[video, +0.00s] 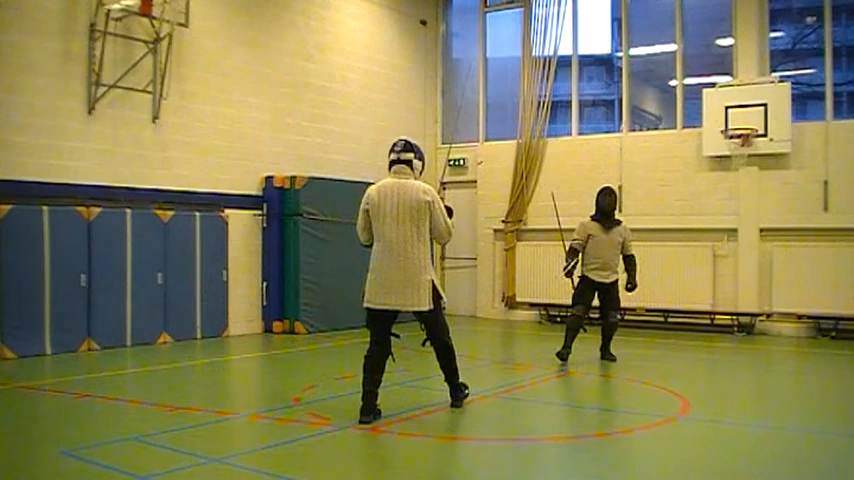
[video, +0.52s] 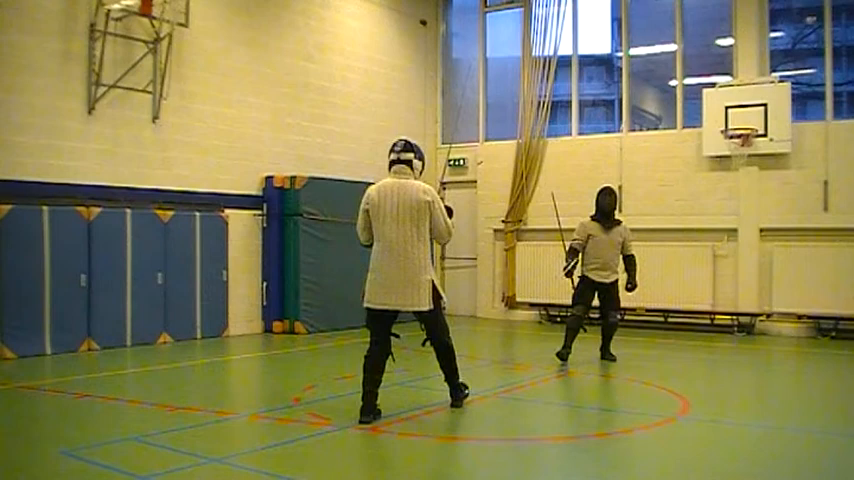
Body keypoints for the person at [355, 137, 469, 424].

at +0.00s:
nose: (420, 167)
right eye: (420, 163)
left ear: (390, 162)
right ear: (417, 163)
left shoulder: (373, 192)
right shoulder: (426, 193)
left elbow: (364, 238)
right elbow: (444, 235)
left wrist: (389, 229)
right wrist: (444, 213)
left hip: (381, 283)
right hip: (419, 283)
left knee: (378, 343)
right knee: (440, 337)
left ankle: (368, 407)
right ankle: (455, 390)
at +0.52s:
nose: (420, 167)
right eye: (420, 163)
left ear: (390, 162)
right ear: (417, 163)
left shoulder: (373, 192)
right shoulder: (426, 193)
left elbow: (364, 238)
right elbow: (444, 235)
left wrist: (389, 229)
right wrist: (444, 213)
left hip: (381, 283)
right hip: (419, 283)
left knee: (378, 343)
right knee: (440, 337)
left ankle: (368, 407)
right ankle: (455, 390)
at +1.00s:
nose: (391, 155)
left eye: (391, 150)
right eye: (391, 150)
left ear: (360, 147)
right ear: (386, 149)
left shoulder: (341, 180)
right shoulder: (384, 176)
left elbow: (354, 220)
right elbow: (406, 221)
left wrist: (392, 198)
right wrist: (407, 194)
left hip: (344, 278)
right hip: (376, 277)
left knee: (367, 340)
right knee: (394, 342)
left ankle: (366, 407)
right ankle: (361, 403)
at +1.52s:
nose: (323, 158)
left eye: (323, 152)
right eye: (322, 151)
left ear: (290, 147)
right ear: (313, 149)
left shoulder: (271, 182)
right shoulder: (307, 177)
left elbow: (288, 224)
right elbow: (330, 226)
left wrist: (326, 194)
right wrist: (335, 197)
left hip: (275, 283)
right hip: (298, 284)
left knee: (314, 348)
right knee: (292, 356)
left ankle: (338, 409)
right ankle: (253, 434)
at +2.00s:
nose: (258, 158)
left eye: (259, 152)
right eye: (258, 151)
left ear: (224, 147)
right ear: (248, 150)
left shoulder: (203, 185)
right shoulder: (246, 179)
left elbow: (220, 225)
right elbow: (270, 227)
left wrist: (259, 196)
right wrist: (274, 202)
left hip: (217, 285)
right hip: (244, 285)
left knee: (270, 343)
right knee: (246, 360)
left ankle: (258, 417)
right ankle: (207, 438)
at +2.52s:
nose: (321, 173)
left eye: (320, 167)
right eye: (320, 166)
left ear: (290, 163)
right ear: (312, 164)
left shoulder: (271, 194)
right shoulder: (304, 188)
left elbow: (294, 237)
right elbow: (326, 234)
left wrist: (328, 215)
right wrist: (337, 217)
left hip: (277, 293)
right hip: (298, 293)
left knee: (321, 341)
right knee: (292, 364)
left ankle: (324, 408)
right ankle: (240, 427)